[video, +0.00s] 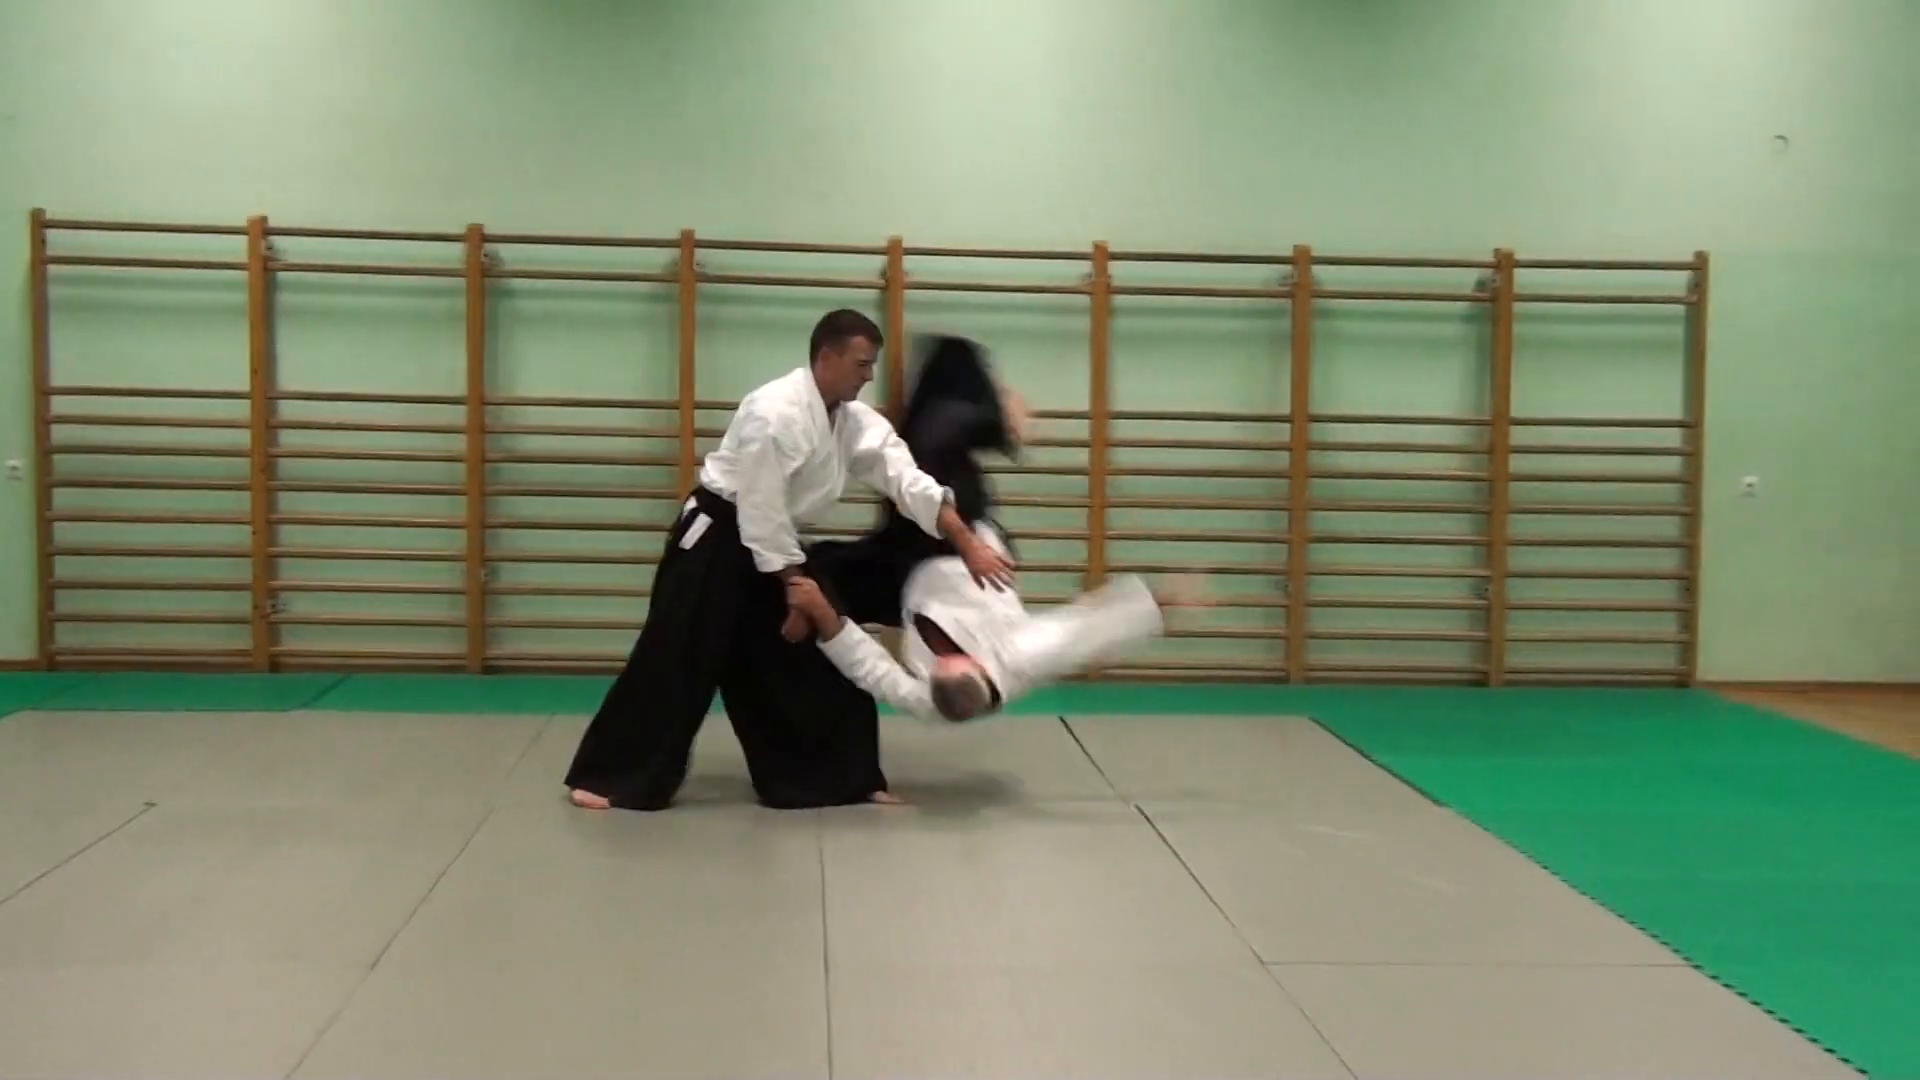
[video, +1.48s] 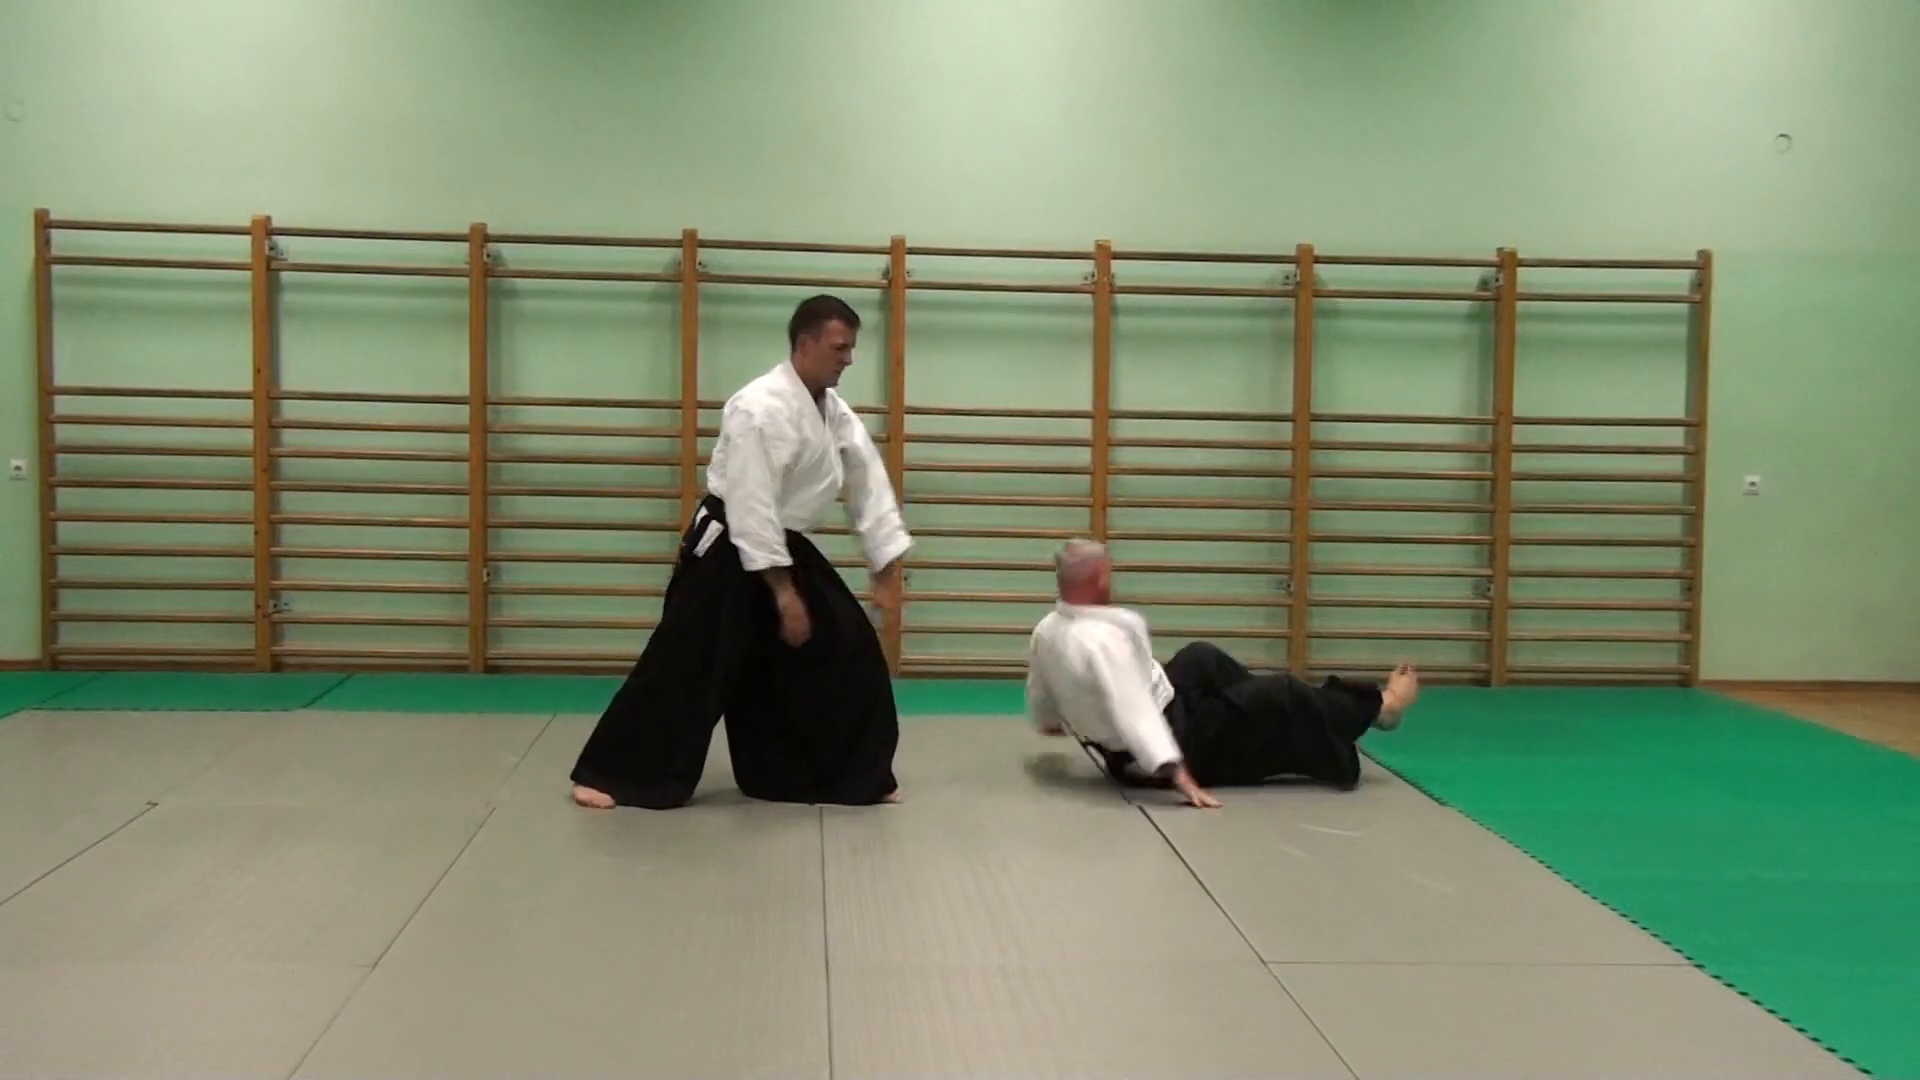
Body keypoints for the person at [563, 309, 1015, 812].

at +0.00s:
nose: (868, 374)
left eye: (872, 364)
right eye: (861, 362)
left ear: (849, 364)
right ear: (826, 357)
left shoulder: (852, 416)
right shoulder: (772, 412)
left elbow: (900, 471)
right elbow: (761, 509)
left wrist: (961, 535)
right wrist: (795, 582)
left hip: (778, 542)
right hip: (718, 536)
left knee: (821, 657)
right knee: (675, 657)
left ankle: (848, 779)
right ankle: (603, 777)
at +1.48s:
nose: (848, 357)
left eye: (851, 348)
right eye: (840, 346)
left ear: (833, 349)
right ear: (805, 343)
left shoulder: (835, 413)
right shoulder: (758, 407)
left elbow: (868, 485)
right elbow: (750, 507)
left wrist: (887, 566)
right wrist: (784, 588)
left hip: (787, 545)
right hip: (727, 545)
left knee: (851, 644)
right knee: (683, 659)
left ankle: (858, 773)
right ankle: (604, 772)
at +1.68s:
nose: (785, 341)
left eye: (788, 331)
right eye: (775, 330)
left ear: (786, 333)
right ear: (739, 329)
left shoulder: (783, 403)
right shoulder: (699, 398)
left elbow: (804, 485)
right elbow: (681, 494)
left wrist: (807, 565)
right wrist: (700, 581)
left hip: (756, 545)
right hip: (695, 543)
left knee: (814, 654)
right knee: (666, 665)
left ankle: (852, 774)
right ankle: (601, 775)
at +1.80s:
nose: (743, 324)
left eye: (745, 315)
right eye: (732, 314)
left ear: (739, 318)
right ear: (696, 315)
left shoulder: (740, 387)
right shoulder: (657, 384)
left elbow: (764, 471)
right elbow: (636, 481)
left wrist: (765, 552)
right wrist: (658, 567)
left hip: (717, 533)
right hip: (659, 529)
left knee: (763, 646)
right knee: (639, 657)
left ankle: (817, 761)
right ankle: (595, 776)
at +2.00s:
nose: (694, 306)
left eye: (696, 296)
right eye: (683, 296)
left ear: (677, 301)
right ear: (648, 298)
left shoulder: (693, 368)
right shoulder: (614, 369)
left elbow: (712, 456)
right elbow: (597, 466)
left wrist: (712, 537)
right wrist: (616, 553)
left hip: (682, 518)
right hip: (624, 518)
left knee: (708, 638)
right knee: (613, 647)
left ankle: (721, 768)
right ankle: (592, 775)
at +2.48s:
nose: (656, 295)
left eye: (657, 285)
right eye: (644, 286)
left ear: (650, 292)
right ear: (608, 293)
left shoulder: (657, 362)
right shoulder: (578, 365)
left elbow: (682, 447)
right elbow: (564, 462)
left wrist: (685, 529)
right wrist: (588, 548)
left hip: (651, 514)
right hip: (595, 513)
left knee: (674, 637)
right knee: (594, 643)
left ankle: (678, 767)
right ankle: (585, 775)